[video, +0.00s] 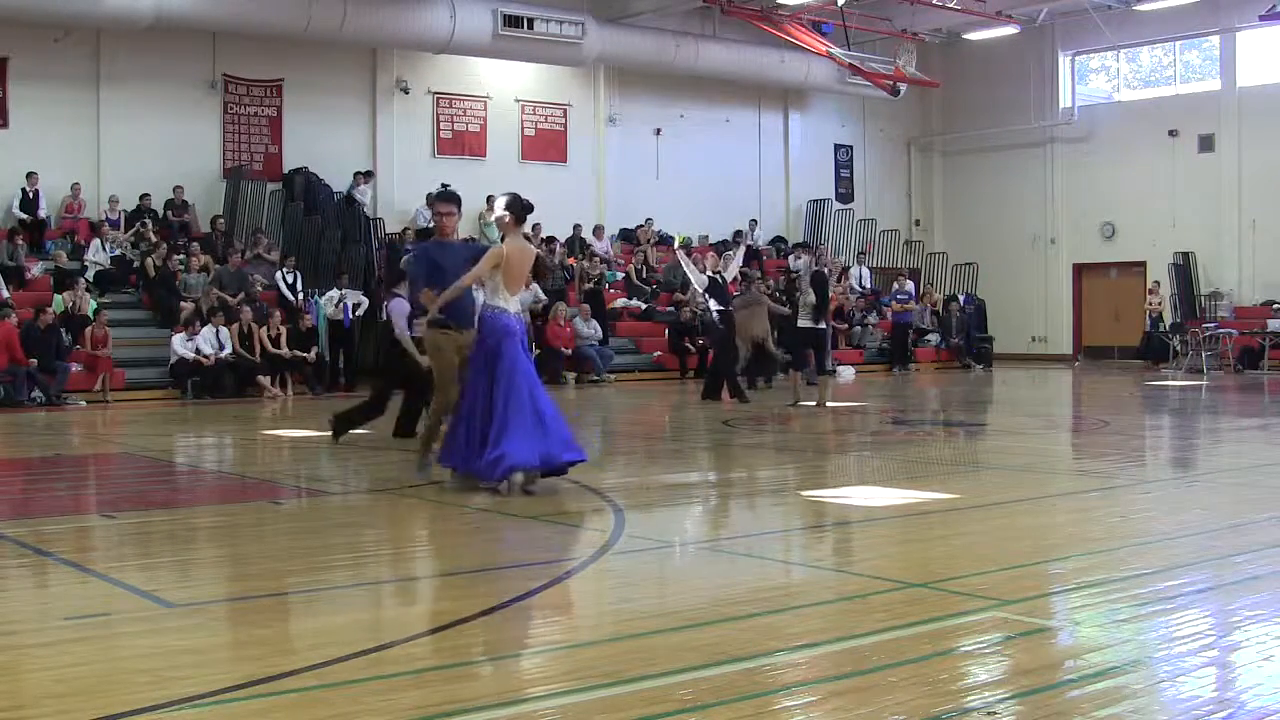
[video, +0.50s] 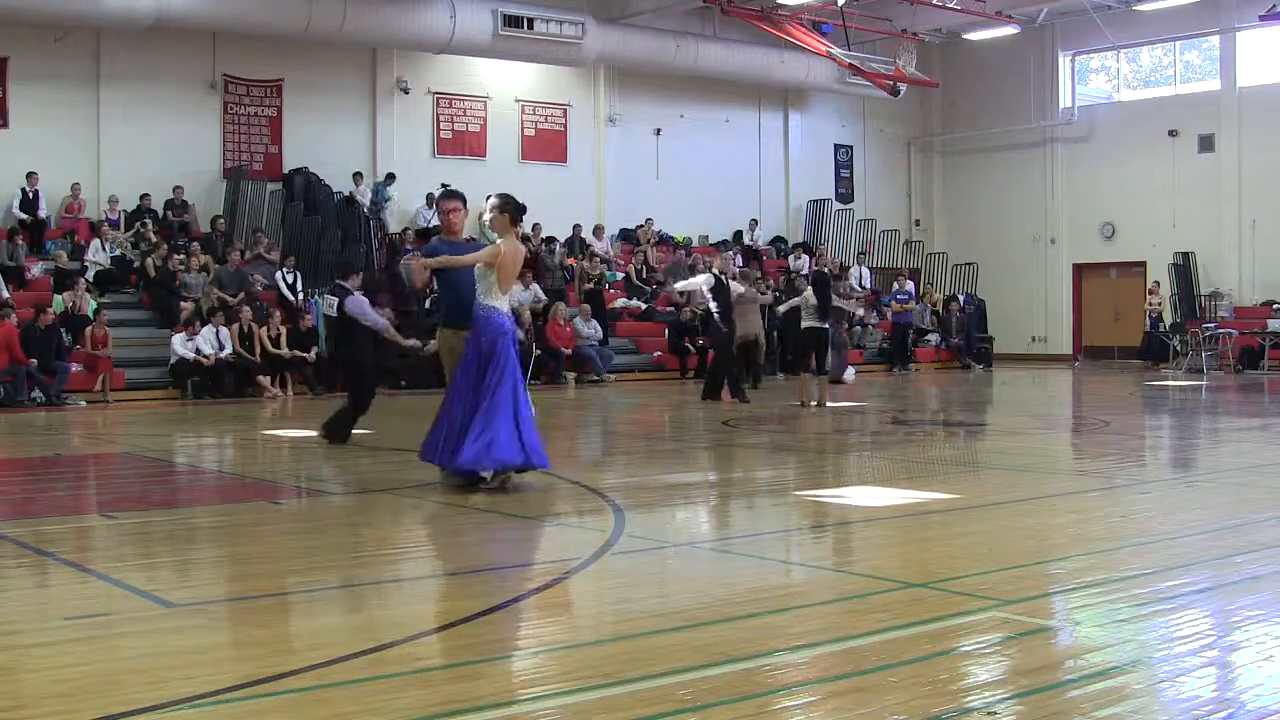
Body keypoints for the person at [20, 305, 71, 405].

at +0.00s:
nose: (53, 317)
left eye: (53, 314)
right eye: (50, 314)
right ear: (41, 316)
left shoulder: (54, 328)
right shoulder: (29, 328)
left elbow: (60, 347)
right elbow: (24, 344)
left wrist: (61, 359)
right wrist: (29, 358)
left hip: (50, 360)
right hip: (35, 361)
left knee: (64, 367)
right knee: (31, 371)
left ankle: (55, 394)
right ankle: (50, 394)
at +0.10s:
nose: (53, 317)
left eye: (53, 314)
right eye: (50, 314)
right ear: (41, 316)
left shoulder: (54, 328)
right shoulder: (29, 328)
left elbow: (60, 347)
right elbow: (24, 345)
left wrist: (61, 359)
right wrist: (29, 358)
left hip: (50, 360)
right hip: (35, 361)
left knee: (64, 367)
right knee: (31, 371)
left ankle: (55, 394)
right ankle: (50, 394)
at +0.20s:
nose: (53, 317)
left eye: (53, 314)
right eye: (50, 315)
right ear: (41, 316)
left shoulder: (54, 328)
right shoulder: (28, 328)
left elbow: (60, 347)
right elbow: (24, 345)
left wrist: (61, 360)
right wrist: (29, 358)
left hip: (50, 360)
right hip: (34, 361)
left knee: (64, 367)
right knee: (31, 371)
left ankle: (55, 394)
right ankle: (50, 394)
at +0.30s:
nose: (53, 317)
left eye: (53, 314)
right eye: (50, 314)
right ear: (41, 316)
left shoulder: (54, 328)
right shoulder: (28, 328)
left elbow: (60, 347)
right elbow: (24, 346)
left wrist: (61, 360)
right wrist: (29, 359)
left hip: (50, 360)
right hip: (34, 361)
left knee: (64, 367)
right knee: (31, 370)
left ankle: (55, 394)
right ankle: (50, 395)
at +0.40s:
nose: (53, 317)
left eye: (53, 314)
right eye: (50, 315)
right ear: (41, 316)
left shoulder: (54, 328)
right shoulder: (28, 329)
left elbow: (60, 347)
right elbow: (23, 346)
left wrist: (61, 360)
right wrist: (28, 358)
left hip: (50, 360)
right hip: (34, 361)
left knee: (64, 367)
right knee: (31, 370)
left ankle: (56, 394)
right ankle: (50, 395)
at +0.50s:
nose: (53, 317)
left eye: (53, 314)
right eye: (50, 315)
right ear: (41, 316)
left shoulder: (54, 329)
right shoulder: (28, 329)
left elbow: (60, 347)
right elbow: (24, 346)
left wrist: (61, 360)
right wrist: (29, 358)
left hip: (50, 360)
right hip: (34, 361)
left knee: (64, 367)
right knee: (31, 370)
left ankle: (56, 394)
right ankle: (50, 395)